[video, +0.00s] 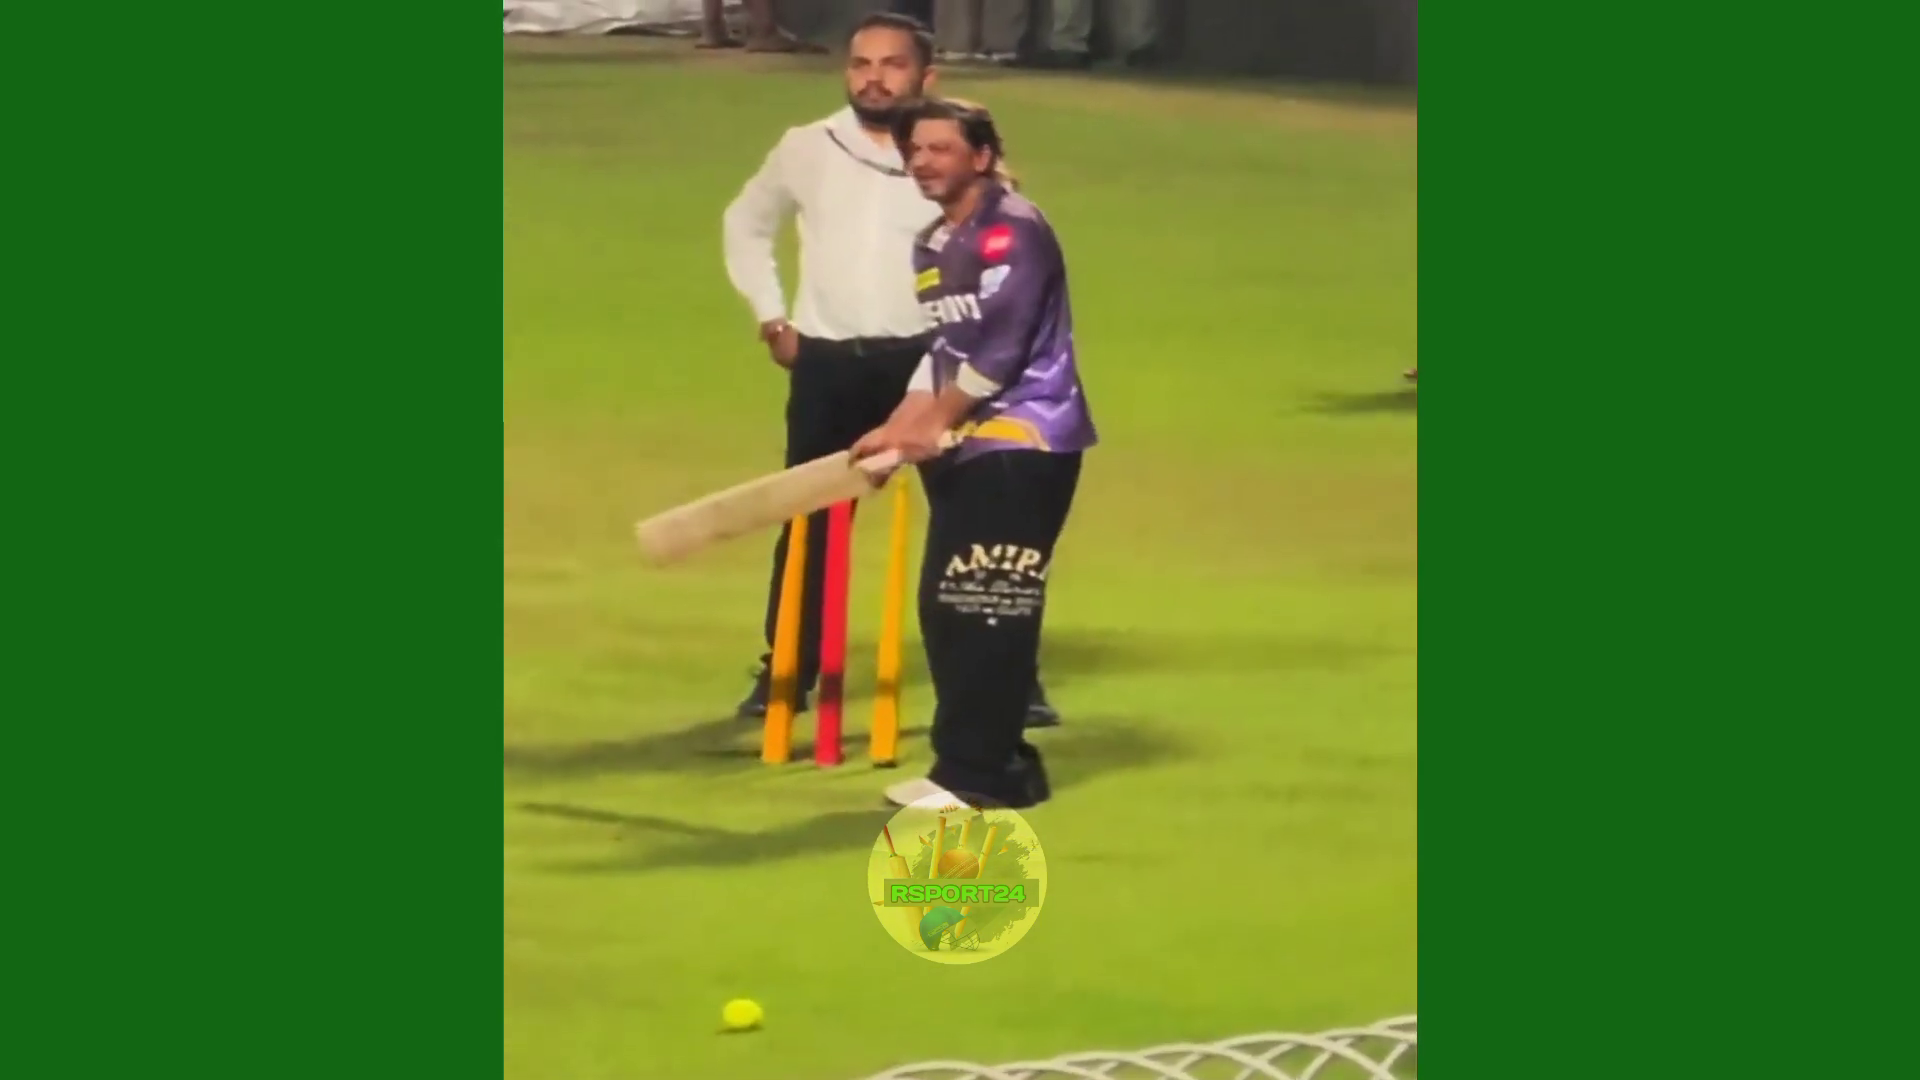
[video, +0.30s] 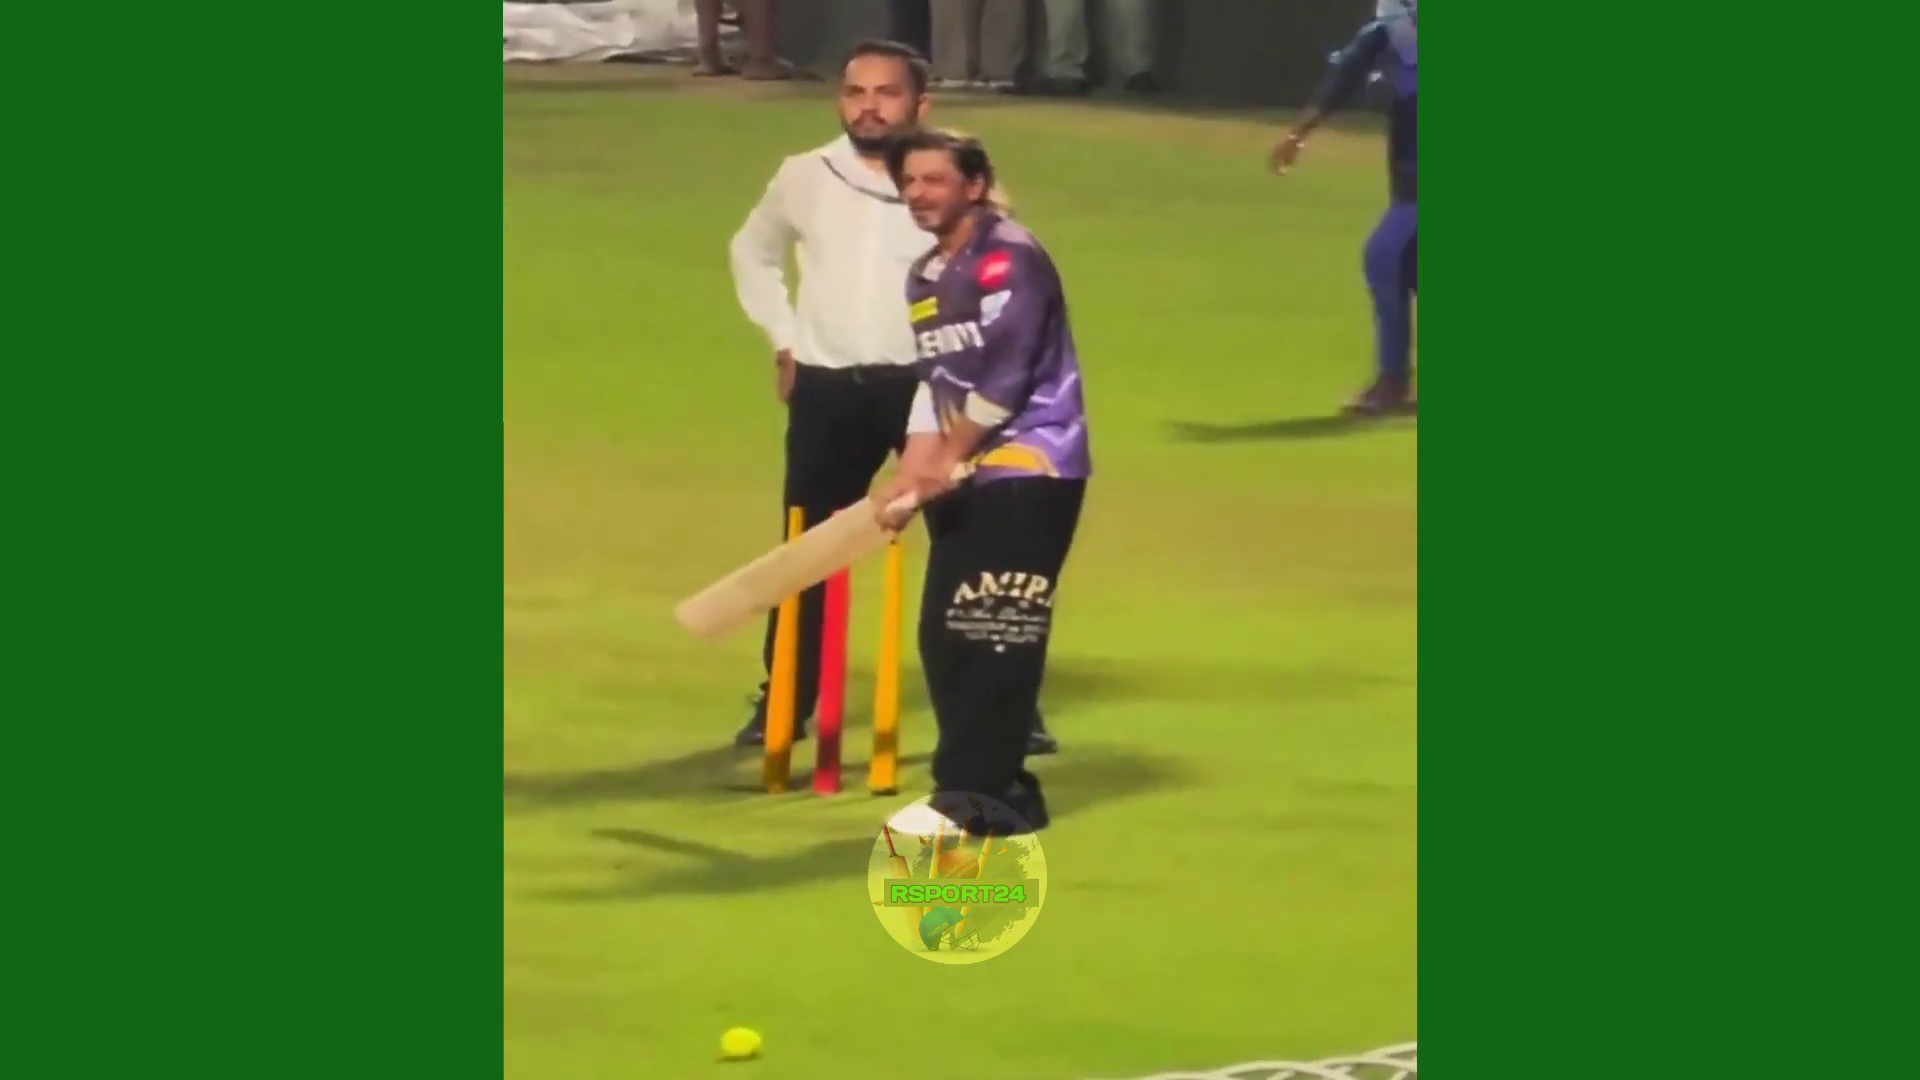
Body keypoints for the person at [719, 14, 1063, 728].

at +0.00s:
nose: (873, 77)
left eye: (891, 64)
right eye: (861, 63)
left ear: (924, 74)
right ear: (846, 70)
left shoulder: (951, 151)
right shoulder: (805, 149)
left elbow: (1000, 258)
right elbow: (745, 224)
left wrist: (974, 351)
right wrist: (770, 316)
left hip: (931, 362)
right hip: (829, 363)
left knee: (974, 526)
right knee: (809, 526)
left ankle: (1013, 681)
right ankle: (788, 674)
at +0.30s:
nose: (870, 107)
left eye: (887, 93)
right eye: (857, 93)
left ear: (917, 102)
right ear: (840, 100)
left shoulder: (943, 179)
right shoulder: (802, 177)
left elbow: (996, 277)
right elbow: (751, 252)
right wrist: (784, 339)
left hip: (924, 389)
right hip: (827, 389)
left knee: (974, 562)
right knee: (806, 556)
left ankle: (1012, 709)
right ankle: (785, 706)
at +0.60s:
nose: (842, 123)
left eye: (859, 110)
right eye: (829, 109)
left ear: (891, 119)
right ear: (813, 118)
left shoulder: (929, 191)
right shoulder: (777, 197)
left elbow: (982, 294)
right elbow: (721, 269)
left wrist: (960, 401)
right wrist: (744, 363)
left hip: (908, 409)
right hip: (805, 409)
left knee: (955, 580)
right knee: (783, 576)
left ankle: (980, 733)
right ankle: (762, 721)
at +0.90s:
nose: (827, 139)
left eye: (844, 125)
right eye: (814, 125)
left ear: (876, 134)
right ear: (798, 134)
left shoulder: (924, 211)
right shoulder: (760, 214)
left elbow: (970, 321)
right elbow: (704, 288)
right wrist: (729, 381)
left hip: (893, 428)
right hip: (790, 428)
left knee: (943, 604)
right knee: (768, 595)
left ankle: (970, 754)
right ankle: (747, 746)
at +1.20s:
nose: (838, 149)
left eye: (852, 136)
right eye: (821, 136)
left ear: (872, 144)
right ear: (795, 147)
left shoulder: (915, 221)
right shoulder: (754, 226)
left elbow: (964, 323)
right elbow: (693, 298)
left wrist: (943, 428)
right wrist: (720, 390)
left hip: (892, 438)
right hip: (785, 438)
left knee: (932, 594)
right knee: (760, 606)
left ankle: (955, 760)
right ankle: (737, 757)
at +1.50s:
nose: (806, 167)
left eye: (822, 153)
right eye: (790, 154)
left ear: (844, 160)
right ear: (768, 164)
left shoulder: (886, 233)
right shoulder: (731, 241)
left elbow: (944, 330)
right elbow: (666, 316)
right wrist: (695, 412)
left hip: (867, 453)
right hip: (761, 455)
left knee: (907, 616)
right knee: (739, 624)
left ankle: (926, 775)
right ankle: (715, 772)